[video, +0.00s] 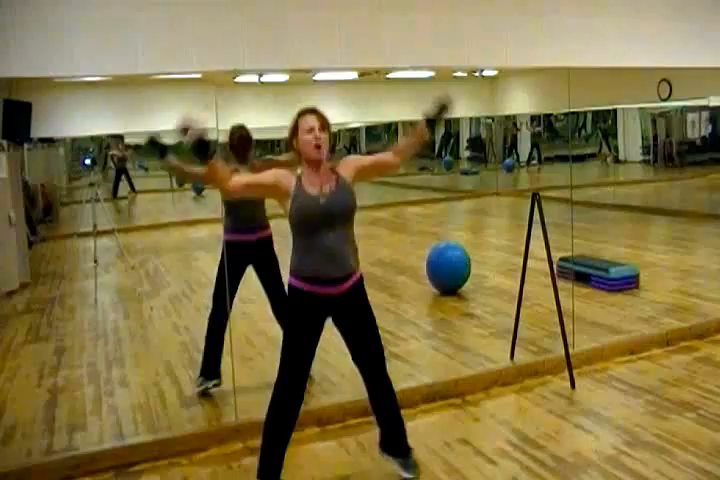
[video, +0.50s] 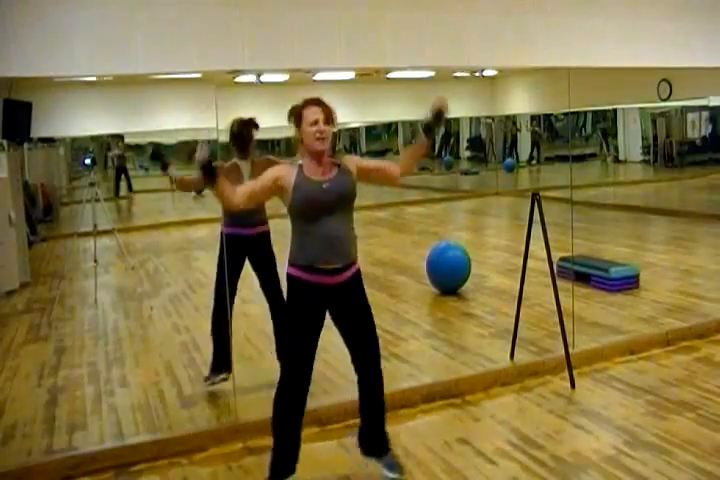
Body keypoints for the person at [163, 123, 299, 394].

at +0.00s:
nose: (240, 146)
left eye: (236, 141)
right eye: (243, 141)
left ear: (229, 146)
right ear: (251, 146)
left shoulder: (222, 171)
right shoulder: (263, 167)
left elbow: (188, 174)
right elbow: (294, 161)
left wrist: (169, 162)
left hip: (235, 244)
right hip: (263, 242)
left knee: (220, 308)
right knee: (281, 304)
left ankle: (209, 374)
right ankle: (302, 365)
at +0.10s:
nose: (244, 144)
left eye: (236, 139)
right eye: (247, 139)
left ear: (229, 143)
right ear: (252, 141)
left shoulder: (222, 174)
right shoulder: (268, 169)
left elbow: (199, 202)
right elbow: (286, 200)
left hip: (234, 244)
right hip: (263, 242)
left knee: (229, 303)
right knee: (270, 300)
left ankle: (234, 369)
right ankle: (280, 359)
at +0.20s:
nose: (247, 154)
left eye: (240, 151)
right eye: (250, 150)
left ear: (231, 153)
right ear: (253, 152)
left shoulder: (227, 185)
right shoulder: (265, 183)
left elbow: (221, 227)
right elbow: (275, 220)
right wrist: (283, 249)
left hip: (236, 252)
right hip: (262, 249)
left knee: (239, 310)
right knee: (262, 306)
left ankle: (250, 371)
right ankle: (266, 368)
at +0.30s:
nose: (243, 156)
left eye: (236, 152)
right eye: (247, 151)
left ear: (232, 155)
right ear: (252, 154)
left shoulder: (227, 187)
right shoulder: (265, 185)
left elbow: (222, 230)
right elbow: (276, 222)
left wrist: (209, 261)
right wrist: (284, 251)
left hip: (235, 255)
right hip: (262, 253)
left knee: (237, 315)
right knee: (264, 311)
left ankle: (248, 373)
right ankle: (266, 372)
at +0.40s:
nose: (242, 143)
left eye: (237, 138)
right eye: (246, 137)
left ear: (231, 141)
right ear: (253, 139)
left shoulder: (224, 173)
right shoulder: (268, 171)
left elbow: (205, 208)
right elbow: (280, 208)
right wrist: (264, 226)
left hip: (232, 243)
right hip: (261, 241)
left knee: (231, 305)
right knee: (268, 301)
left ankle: (240, 365)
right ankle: (272, 360)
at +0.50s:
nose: (247, 143)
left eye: (240, 138)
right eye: (250, 138)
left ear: (231, 142)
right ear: (253, 141)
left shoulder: (223, 171)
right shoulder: (268, 165)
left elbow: (191, 184)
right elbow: (296, 170)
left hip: (232, 238)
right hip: (259, 237)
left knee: (223, 300)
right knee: (276, 297)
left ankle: (221, 365)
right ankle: (289, 357)